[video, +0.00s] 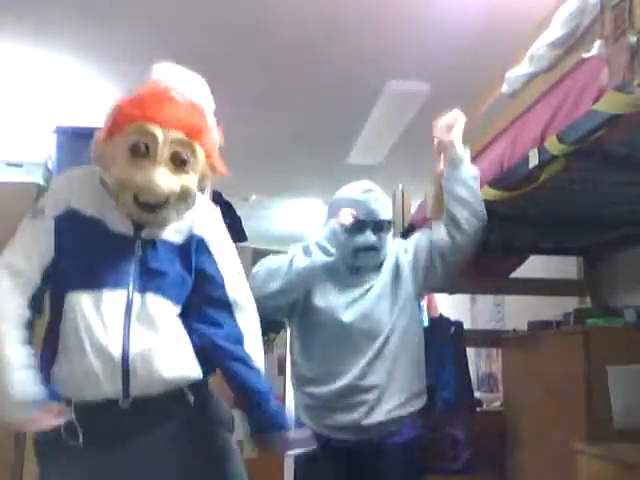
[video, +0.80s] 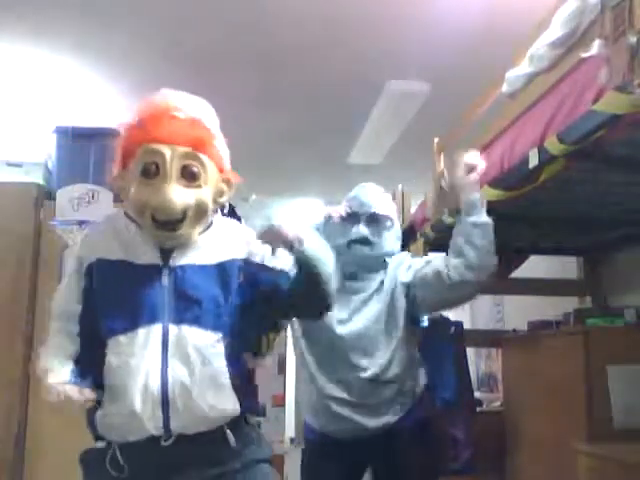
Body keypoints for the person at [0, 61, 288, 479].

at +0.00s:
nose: (156, 177)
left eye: (179, 161)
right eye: (139, 150)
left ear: (201, 172)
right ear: (108, 147)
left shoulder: (199, 219)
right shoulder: (68, 198)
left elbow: (222, 320)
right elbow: (10, 291)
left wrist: (265, 413)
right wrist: (24, 397)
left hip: (176, 424)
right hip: (76, 430)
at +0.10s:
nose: (143, 158)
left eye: (165, 139)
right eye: (124, 136)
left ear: (196, 150)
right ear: (94, 141)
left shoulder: (210, 212)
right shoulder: (68, 201)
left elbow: (231, 326)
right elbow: (13, 305)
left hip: (177, 433)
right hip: (78, 433)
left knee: (206, 467)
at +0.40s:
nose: (126, 188)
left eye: (149, 165)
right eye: (108, 167)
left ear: (190, 179)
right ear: (88, 180)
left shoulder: (216, 239)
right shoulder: (77, 247)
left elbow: (258, 328)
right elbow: (42, 350)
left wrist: (221, 398)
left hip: (193, 457)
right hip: (97, 459)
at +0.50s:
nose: (135, 187)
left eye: (157, 167)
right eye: (117, 168)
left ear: (195, 181)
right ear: (96, 181)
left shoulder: (217, 239)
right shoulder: (80, 249)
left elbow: (268, 317)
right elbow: (53, 349)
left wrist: (244, 370)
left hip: (203, 457)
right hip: (105, 458)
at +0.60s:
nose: (150, 187)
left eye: (170, 168)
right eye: (132, 168)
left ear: (205, 181)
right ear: (109, 179)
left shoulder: (223, 242)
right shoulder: (87, 247)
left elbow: (286, 309)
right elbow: (64, 337)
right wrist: (27, 360)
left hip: (214, 455)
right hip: (114, 459)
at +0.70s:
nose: (159, 190)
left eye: (181, 171)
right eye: (141, 169)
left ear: (214, 186)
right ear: (116, 181)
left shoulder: (231, 245)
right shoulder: (91, 248)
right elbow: (61, 330)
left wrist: (286, 288)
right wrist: (41, 375)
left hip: (218, 455)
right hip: (120, 460)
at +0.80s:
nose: (168, 194)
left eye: (190, 174)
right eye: (150, 171)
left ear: (220, 189)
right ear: (122, 182)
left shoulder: (238, 247)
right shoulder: (98, 247)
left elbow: (314, 301)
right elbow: (67, 324)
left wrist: (302, 249)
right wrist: (64, 372)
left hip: (222, 452)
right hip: (125, 455)